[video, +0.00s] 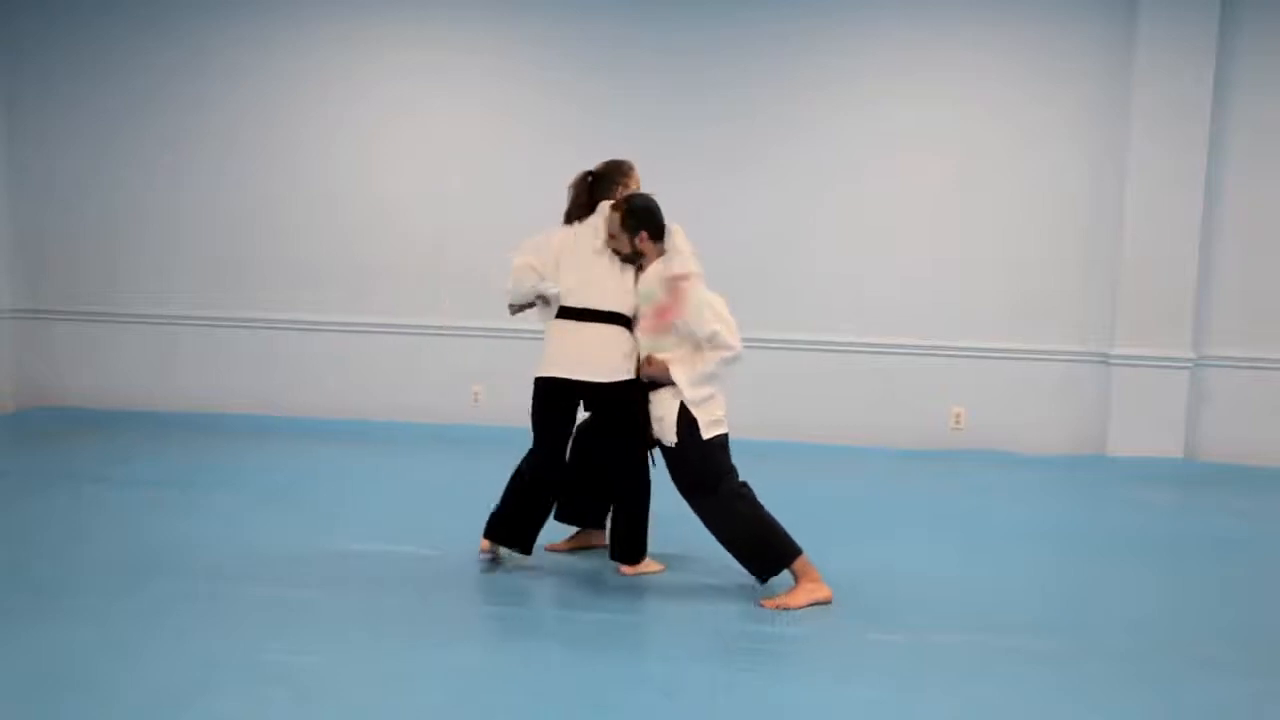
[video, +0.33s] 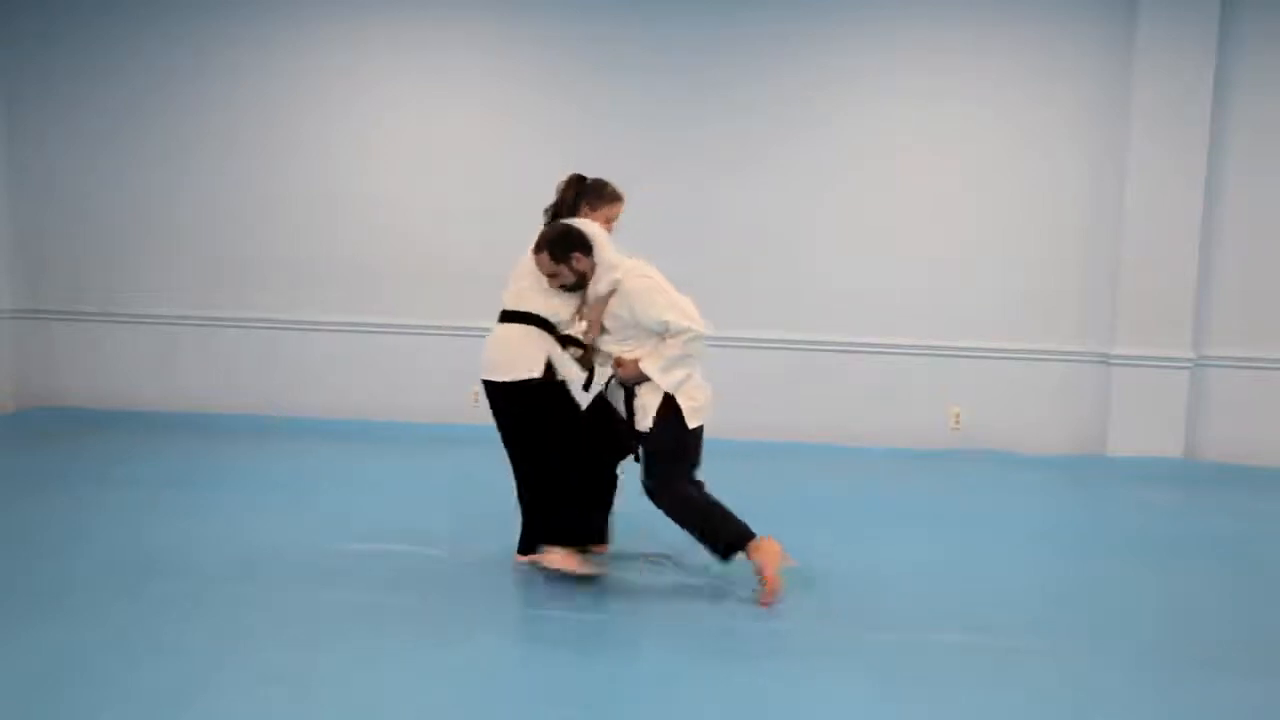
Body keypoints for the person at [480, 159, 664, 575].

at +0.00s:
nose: (641, 193)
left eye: (639, 185)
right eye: (636, 187)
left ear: (595, 191)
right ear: (621, 191)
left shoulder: (562, 236)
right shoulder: (644, 236)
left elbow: (520, 283)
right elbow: (685, 274)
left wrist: (543, 297)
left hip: (556, 369)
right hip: (614, 373)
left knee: (546, 453)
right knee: (632, 463)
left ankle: (494, 536)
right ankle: (630, 557)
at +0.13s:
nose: (637, 200)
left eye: (636, 192)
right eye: (632, 193)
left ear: (587, 196)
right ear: (612, 196)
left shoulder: (555, 234)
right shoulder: (631, 228)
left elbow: (529, 286)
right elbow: (652, 264)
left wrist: (533, 320)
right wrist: (624, 307)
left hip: (545, 362)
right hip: (598, 364)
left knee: (552, 455)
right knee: (622, 460)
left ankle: (513, 535)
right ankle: (634, 555)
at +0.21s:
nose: (630, 206)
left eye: (631, 198)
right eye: (627, 198)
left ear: (591, 195)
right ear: (604, 196)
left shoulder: (557, 227)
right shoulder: (609, 224)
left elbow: (556, 290)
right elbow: (637, 264)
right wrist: (612, 312)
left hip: (527, 358)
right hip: (566, 361)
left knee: (545, 455)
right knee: (606, 453)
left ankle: (536, 540)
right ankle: (634, 544)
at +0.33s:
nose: (612, 227)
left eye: (615, 219)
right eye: (610, 218)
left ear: (576, 209)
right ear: (590, 210)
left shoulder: (550, 234)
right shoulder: (586, 233)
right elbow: (608, 272)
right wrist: (595, 322)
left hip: (500, 359)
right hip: (526, 361)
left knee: (532, 457)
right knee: (566, 452)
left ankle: (532, 544)